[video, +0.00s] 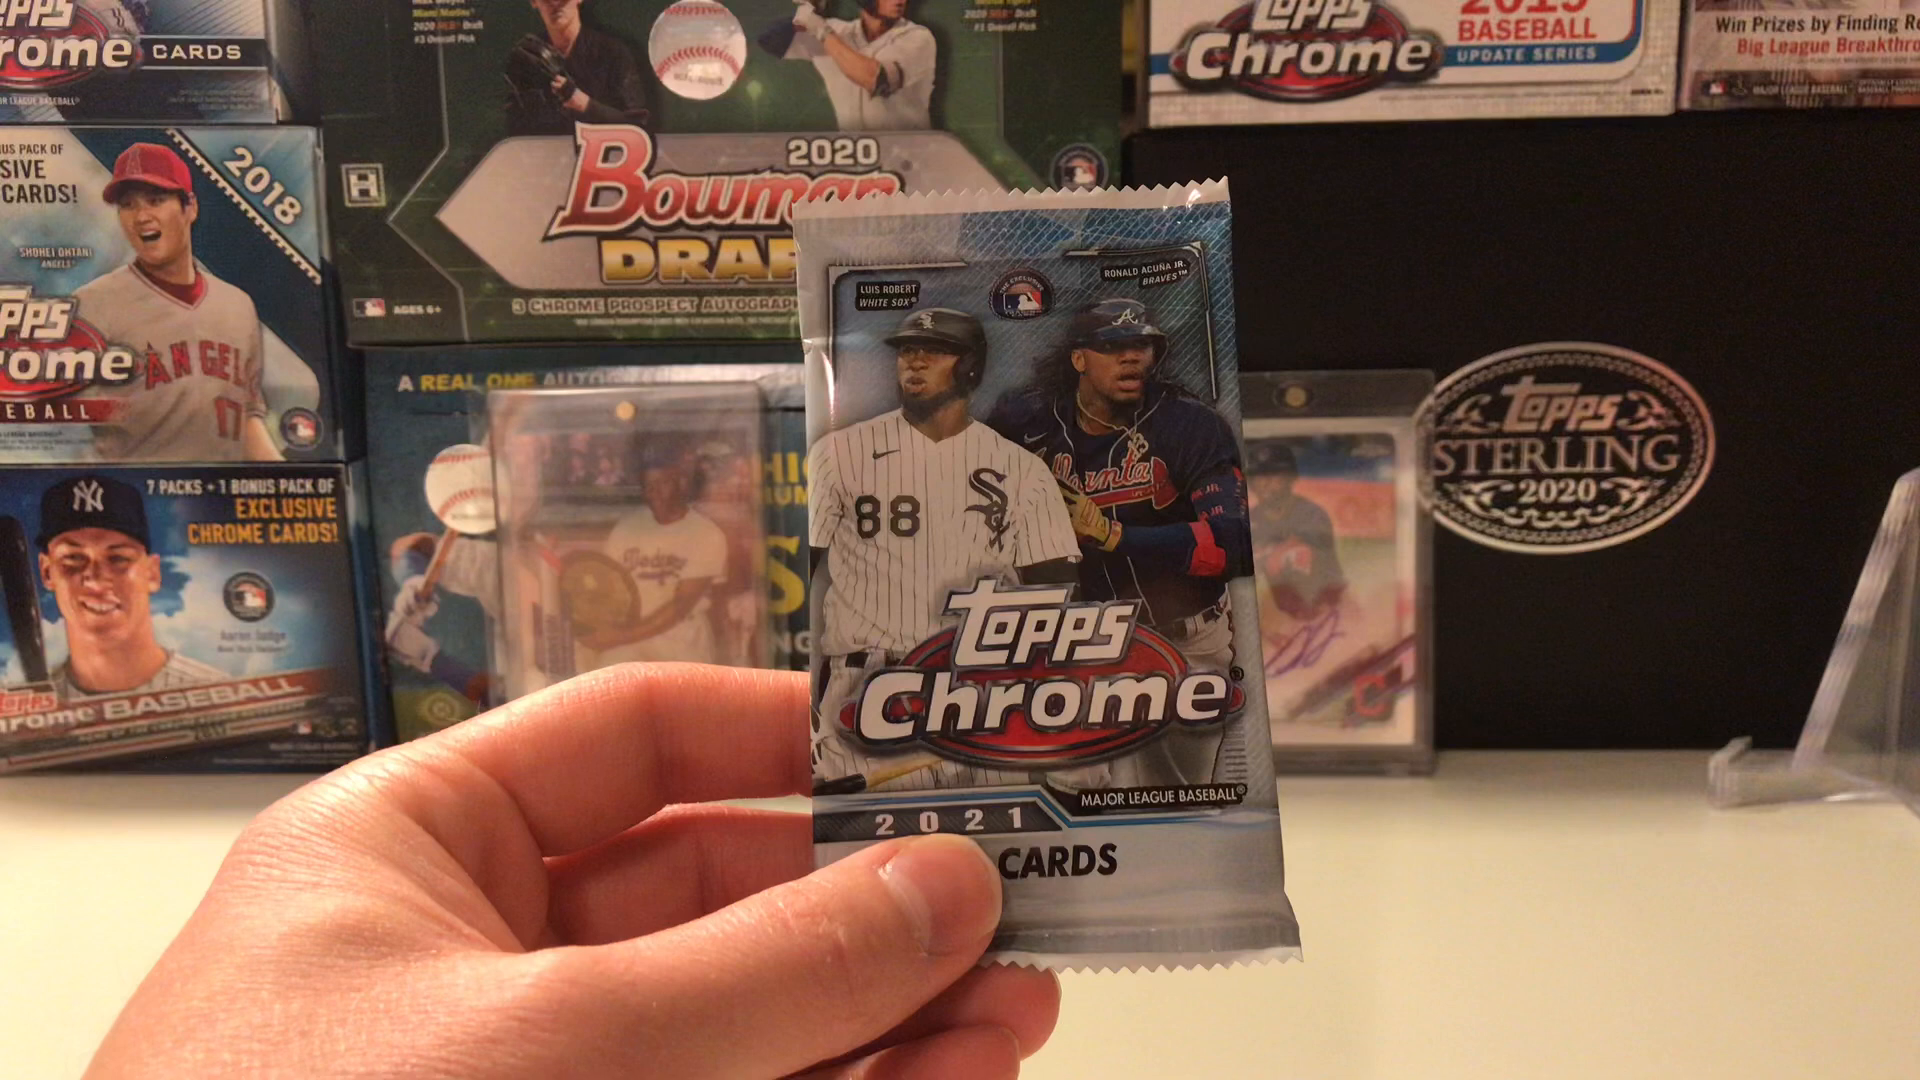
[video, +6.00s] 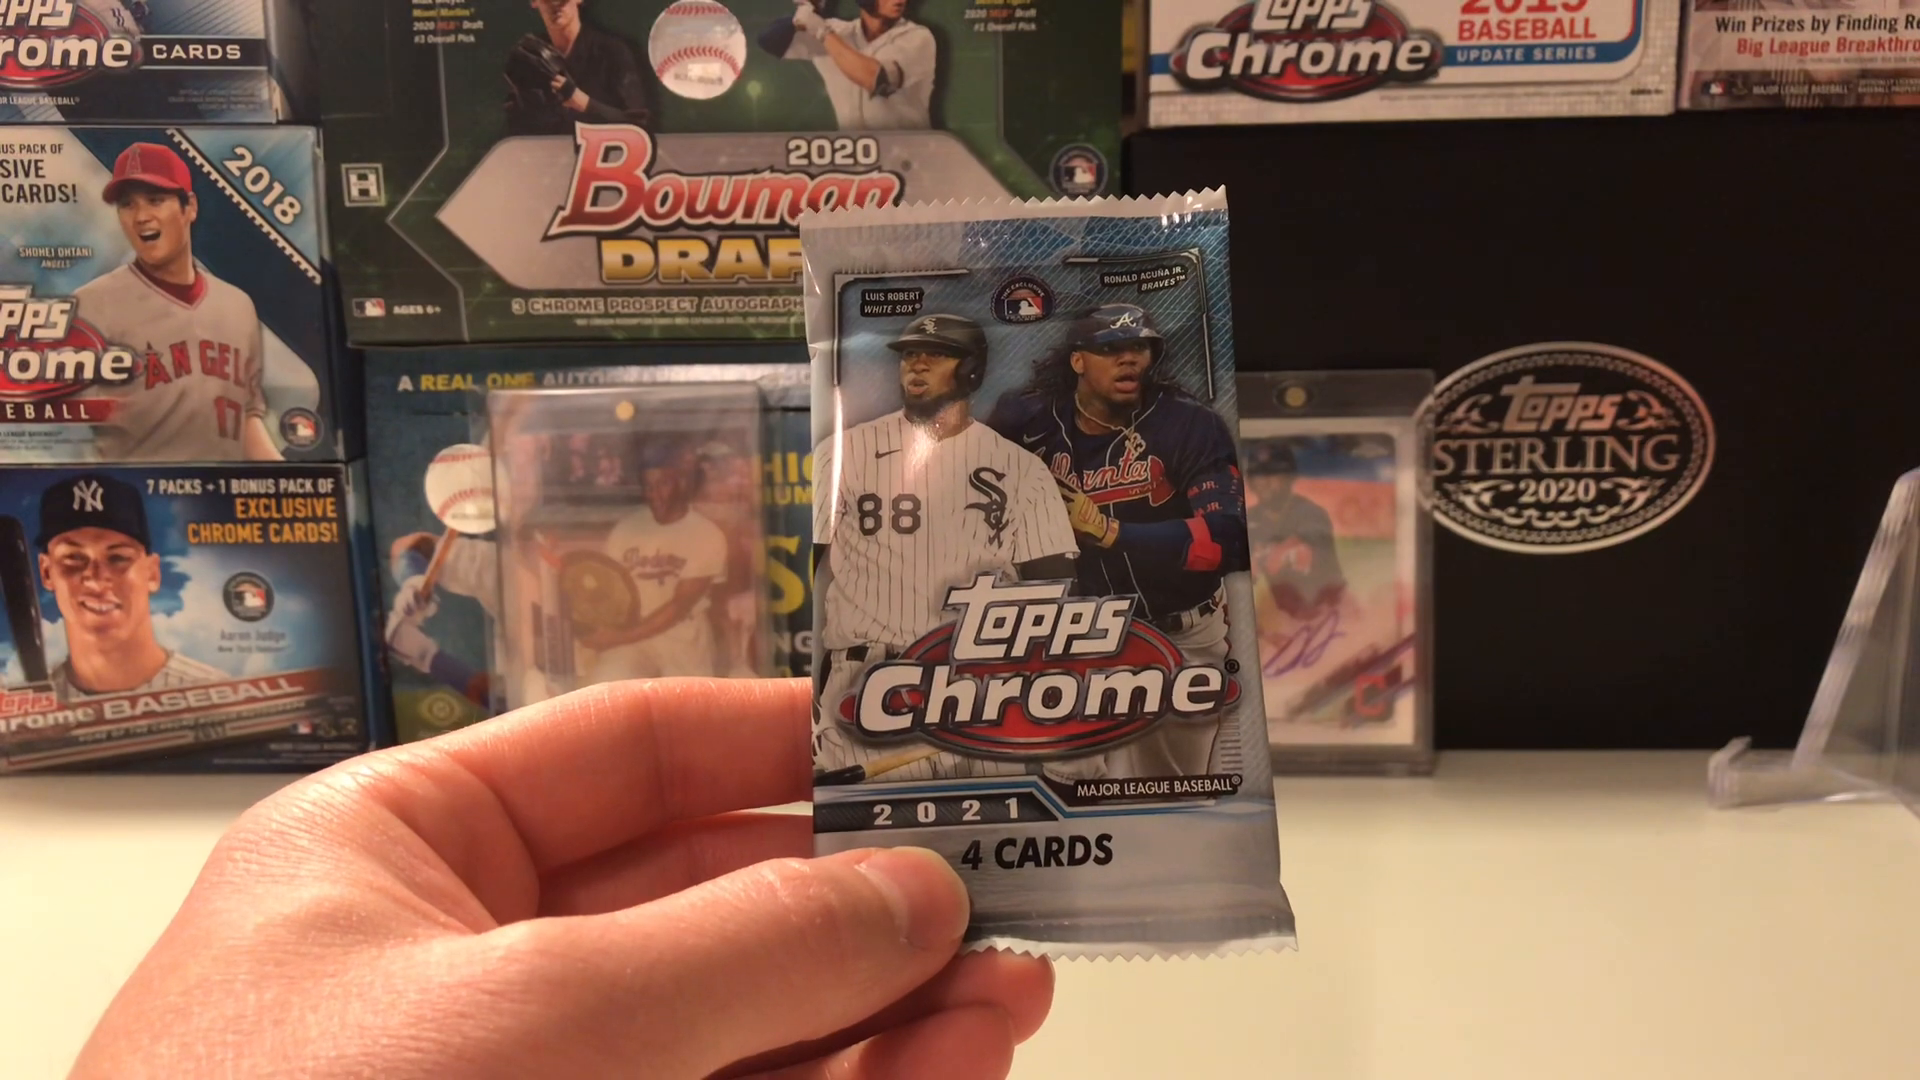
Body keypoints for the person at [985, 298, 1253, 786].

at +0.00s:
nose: (1134, 358)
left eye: (1142, 345)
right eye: (1116, 346)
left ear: (1155, 353)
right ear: (1079, 359)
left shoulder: (1192, 426)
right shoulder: (1028, 423)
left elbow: (1231, 543)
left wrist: (1113, 534)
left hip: (1189, 634)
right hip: (1081, 641)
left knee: (1195, 803)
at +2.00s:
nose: (1131, 354)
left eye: (1140, 341)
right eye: (1113, 343)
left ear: (1153, 349)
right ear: (1076, 356)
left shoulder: (1190, 423)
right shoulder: (1023, 419)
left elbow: (1226, 537)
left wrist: (1112, 532)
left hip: (1182, 630)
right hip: (1070, 636)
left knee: (1178, 801)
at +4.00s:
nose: (1119, 356)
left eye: (1128, 343)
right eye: (1101, 345)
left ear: (1141, 351)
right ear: (1066, 358)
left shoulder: (1180, 423)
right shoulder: (1015, 420)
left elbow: (1213, 535)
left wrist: (1101, 528)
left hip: (1178, 627)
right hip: (1070, 632)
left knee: (1180, 790)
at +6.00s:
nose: (1131, 359)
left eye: (1139, 347)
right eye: (1113, 349)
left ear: (1153, 356)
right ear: (1078, 361)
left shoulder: (1191, 427)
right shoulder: (1024, 421)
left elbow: (1224, 539)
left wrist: (1112, 532)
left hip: (1182, 632)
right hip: (1072, 635)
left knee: (1176, 799)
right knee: (1075, 795)